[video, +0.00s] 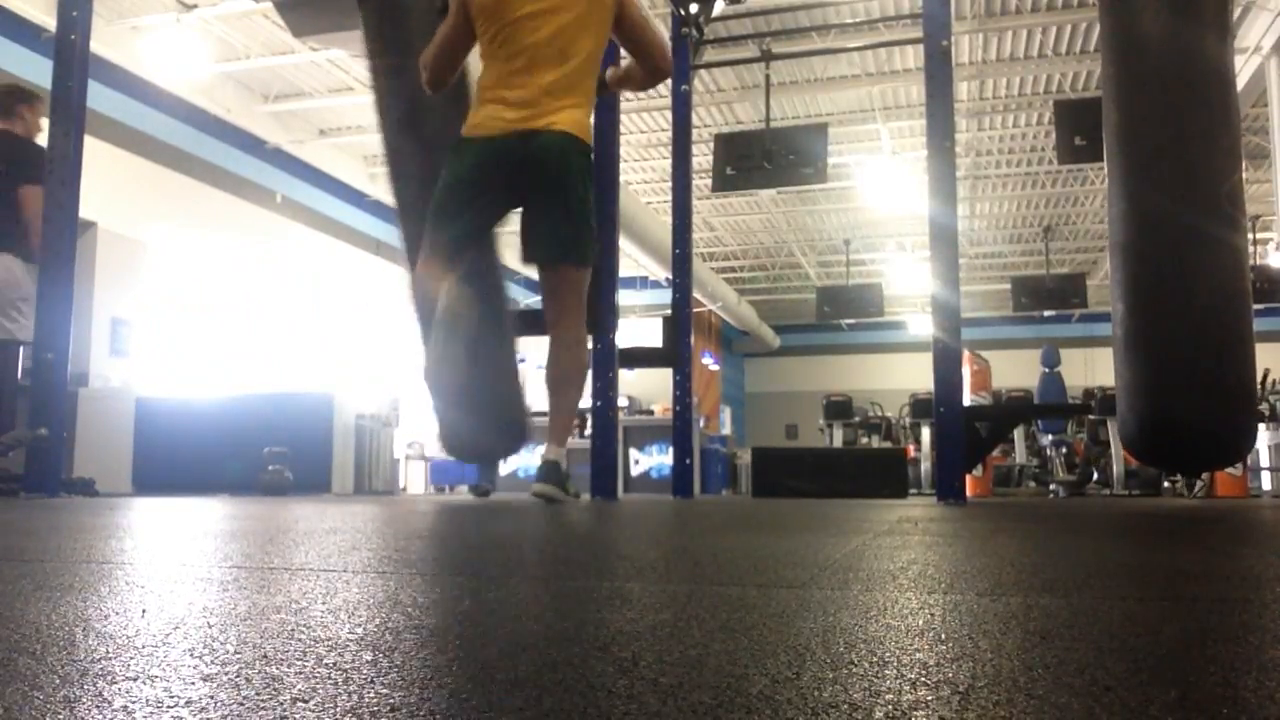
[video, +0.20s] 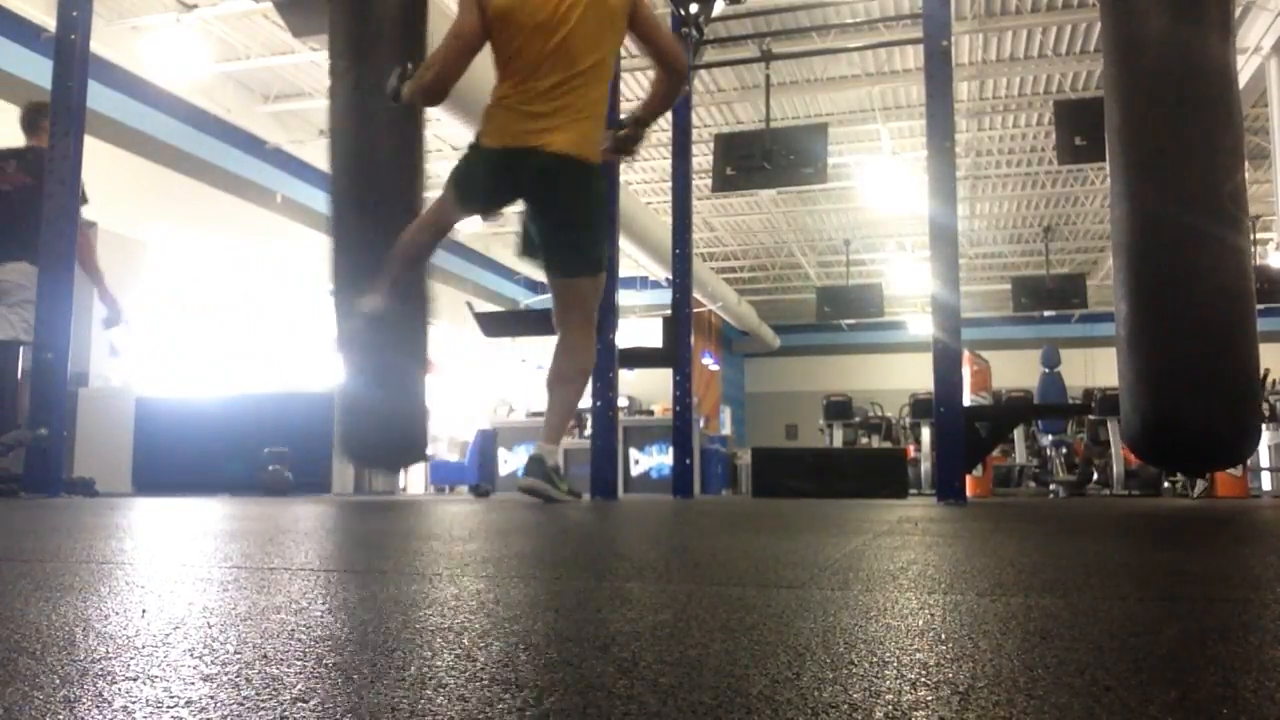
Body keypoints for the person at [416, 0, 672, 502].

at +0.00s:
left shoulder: (481, 2)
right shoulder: (605, 2)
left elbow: (435, 71)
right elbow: (657, 64)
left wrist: (441, 72)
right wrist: (610, 81)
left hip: (485, 142)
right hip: (563, 144)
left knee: (433, 273)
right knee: (567, 314)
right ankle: (554, 459)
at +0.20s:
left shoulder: (490, 2)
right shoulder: (619, 3)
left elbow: (433, 88)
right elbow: (676, 68)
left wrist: (405, 89)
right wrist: (634, 127)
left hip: (500, 149)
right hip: (577, 162)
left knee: (438, 216)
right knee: (577, 324)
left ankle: (381, 293)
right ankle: (546, 457)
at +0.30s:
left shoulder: (505, 1)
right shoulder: (632, 2)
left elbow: (447, 76)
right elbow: (693, 35)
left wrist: (414, 86)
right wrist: (666, 105)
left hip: (515, 130)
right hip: (591, 142)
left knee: (423, 236)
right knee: (578, 305)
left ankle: (356, 331)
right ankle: (557, 448)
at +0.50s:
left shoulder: (509, 0)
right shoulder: (638, 1)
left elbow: (463, 68)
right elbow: (704, 50)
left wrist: (502, 70)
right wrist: (680, 136)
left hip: (527, 143)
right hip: (604, 146)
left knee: (468, 291)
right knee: (595, 318)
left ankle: (470, 385)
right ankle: (602, 463)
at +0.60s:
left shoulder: (499, 3)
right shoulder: (636, 2)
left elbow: (462, 85)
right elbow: (689, 77)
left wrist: (528, 103)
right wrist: (680, 169)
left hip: (538, 142)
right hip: (614, 143)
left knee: (522, 312)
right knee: (584, 320)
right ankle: (596, 466)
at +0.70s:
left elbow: (465, 63)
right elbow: (684, 36)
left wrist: (527, 107)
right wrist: (673, 145)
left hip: (543, 114)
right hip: (627, 113)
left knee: (520, 296)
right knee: (611, 301)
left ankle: (542, 439)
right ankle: (604, 461)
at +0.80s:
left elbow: (467, 25)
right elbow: (700, 4)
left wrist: (530, 76)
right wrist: (683, 91)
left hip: (555, 75)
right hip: (641, 75)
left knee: (542, 260)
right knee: (632, 269)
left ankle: (552, 430)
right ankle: (647, 435)